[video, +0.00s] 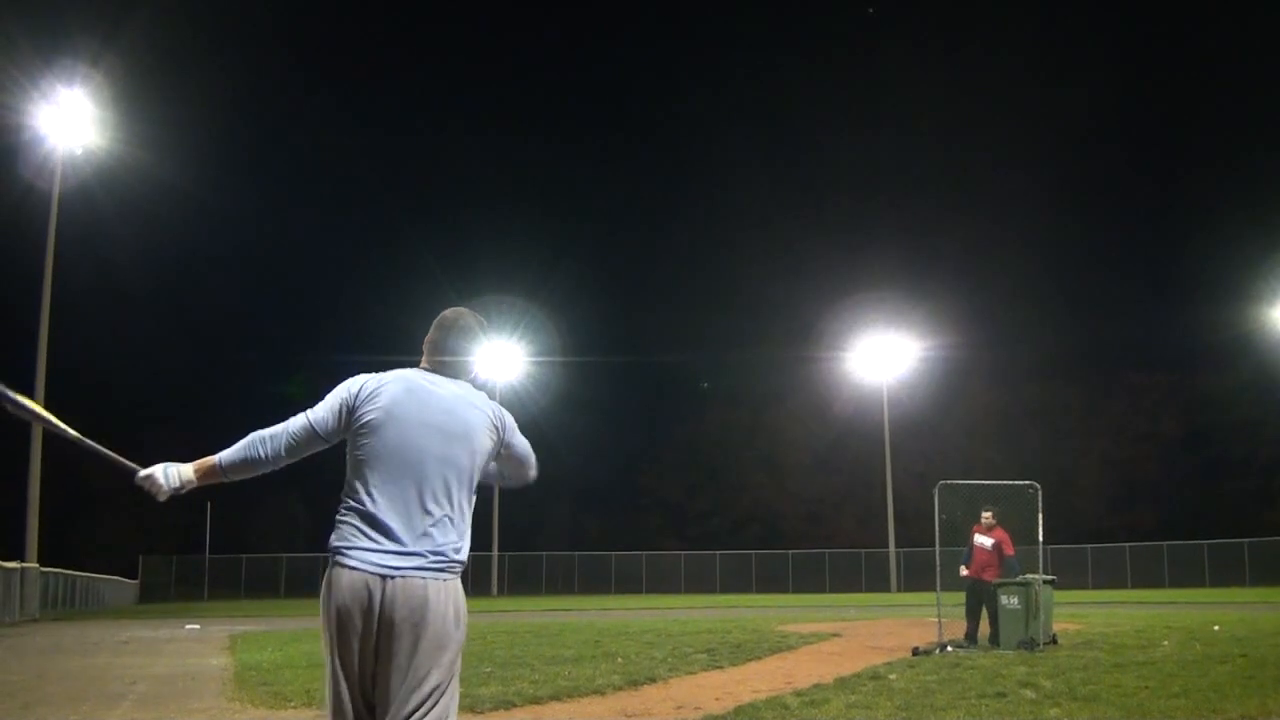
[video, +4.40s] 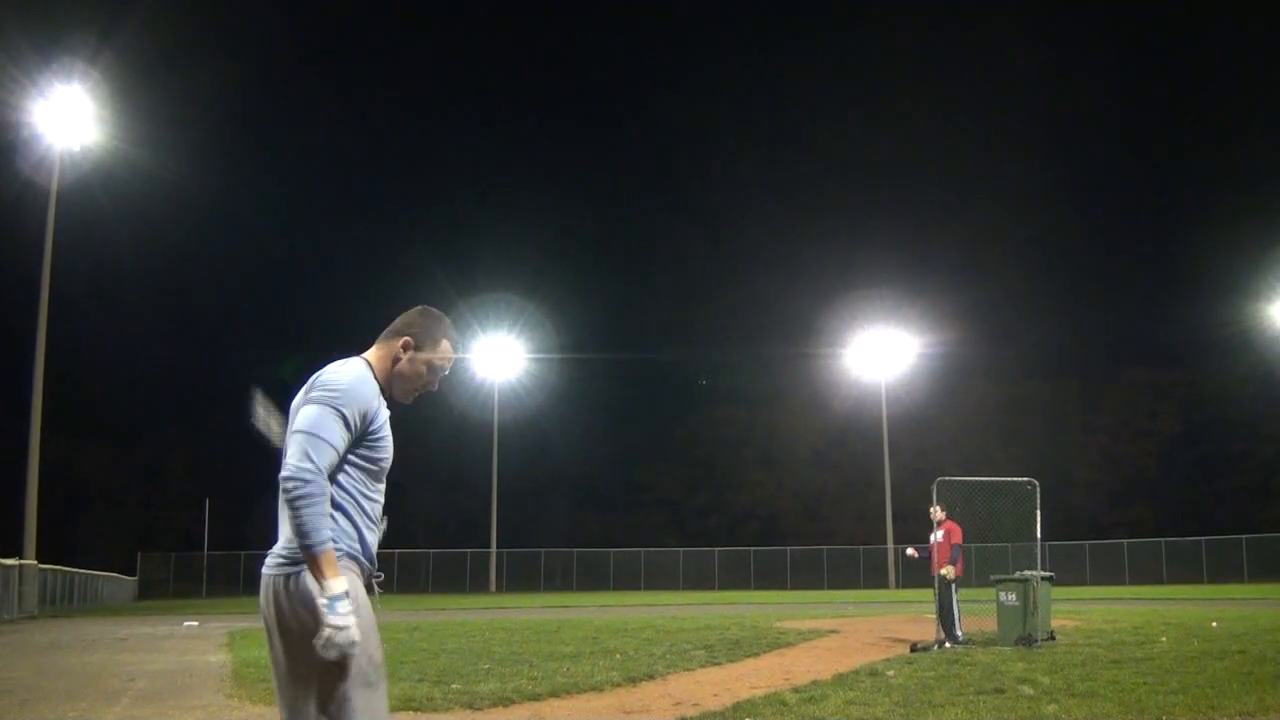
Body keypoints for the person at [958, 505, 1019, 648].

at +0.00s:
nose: (984, 521)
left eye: (987, 518)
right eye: (982, 518)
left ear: (994, 519)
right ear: (980, 518)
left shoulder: (1001, 536)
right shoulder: (977, 529)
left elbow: (1010, 558)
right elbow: (970, 548)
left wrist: (1017, 576)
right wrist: (963, 564)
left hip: (991, 581)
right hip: (974, 578)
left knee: (993, 613)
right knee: (972, 611)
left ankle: (995, 640)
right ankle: (970, 639)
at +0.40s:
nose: (964, 518)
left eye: (967, 515)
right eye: (963, 515)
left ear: (976, 516)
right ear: (962, 518)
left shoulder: (985, 532)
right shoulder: (962, 532)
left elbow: (998, 550)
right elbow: (959, 552)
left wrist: (1008, 565)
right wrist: (952, 566)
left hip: (980, 580)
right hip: (963, 579)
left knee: (986, 612)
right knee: (959, 611)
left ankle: (994, 642)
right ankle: (953, 641)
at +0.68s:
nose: (944, 521)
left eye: (945, 517)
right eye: (943, 518)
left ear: (954, 516)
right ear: (948, 518)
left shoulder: (966, 528)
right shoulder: (947, 533)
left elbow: (981, 541)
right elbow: (944, 554)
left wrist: (992, 553)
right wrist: (934, 562)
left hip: (964, 576)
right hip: (949, 577)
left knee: (970, 609)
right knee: (950, 611)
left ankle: (983, 638)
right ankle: (952, 640)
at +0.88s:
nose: (937, 521)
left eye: (939, 517)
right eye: (936, 518)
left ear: (947, 515)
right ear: (942, 517)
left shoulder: (960, 527)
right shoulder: (940, 533)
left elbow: (975, 539)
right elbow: (938, 555)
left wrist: (987, 550)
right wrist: (926, 564)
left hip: (958, 573)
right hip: (945, 574)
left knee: (957, 606)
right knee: (946, 607)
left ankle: (962, 636)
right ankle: (951, 637)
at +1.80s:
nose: (934, 516)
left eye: (936, 513)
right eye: (933, 514)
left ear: (944, 514)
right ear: (933, 517)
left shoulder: (951, 525)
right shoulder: (937, 531)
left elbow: (962, 538)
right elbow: (936, 552)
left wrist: (965, 550)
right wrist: (923, 560)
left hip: (952, 573)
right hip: (941, 573)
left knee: (952, 605)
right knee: (944, 606)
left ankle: (957, 637)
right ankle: (949, 637)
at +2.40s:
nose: (933, 518)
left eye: (935, 515)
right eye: (933, 515)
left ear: (941, 515)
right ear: (941, 516)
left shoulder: (950, 525)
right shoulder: (941, 529)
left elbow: (953, 545)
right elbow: (942, 553)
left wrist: (951, 564)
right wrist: (929, 561)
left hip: (950, 573)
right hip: (943, 572)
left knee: (951, 605)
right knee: (945, 605)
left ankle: (957, 635)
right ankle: (949, 635)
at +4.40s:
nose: (933, 515)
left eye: (935, 512)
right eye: (931, 513)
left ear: (943, 513)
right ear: (931, 515)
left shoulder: (952, 527)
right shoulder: (935, 531)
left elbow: (956, 547)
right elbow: (932, 553)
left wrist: (952, 564)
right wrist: (917, 554)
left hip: (948, 572)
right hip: (937, 573)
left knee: (950, 604)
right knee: (941, 605)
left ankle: (955, 636)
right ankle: (947, 635)